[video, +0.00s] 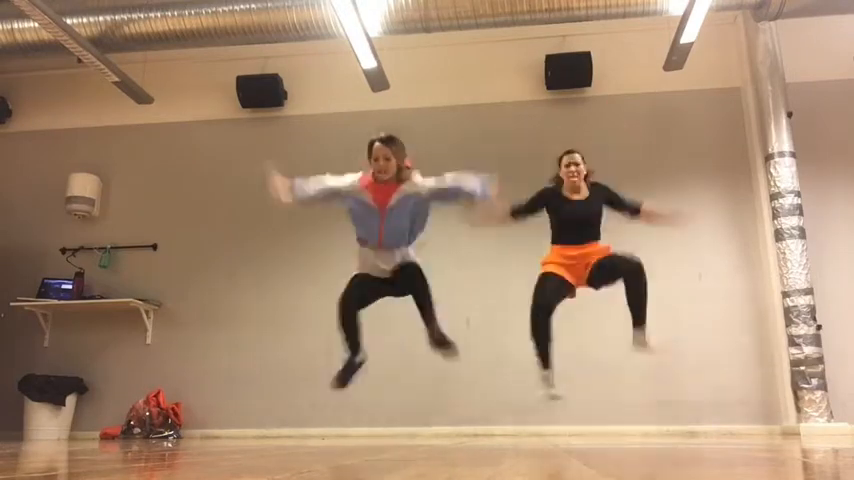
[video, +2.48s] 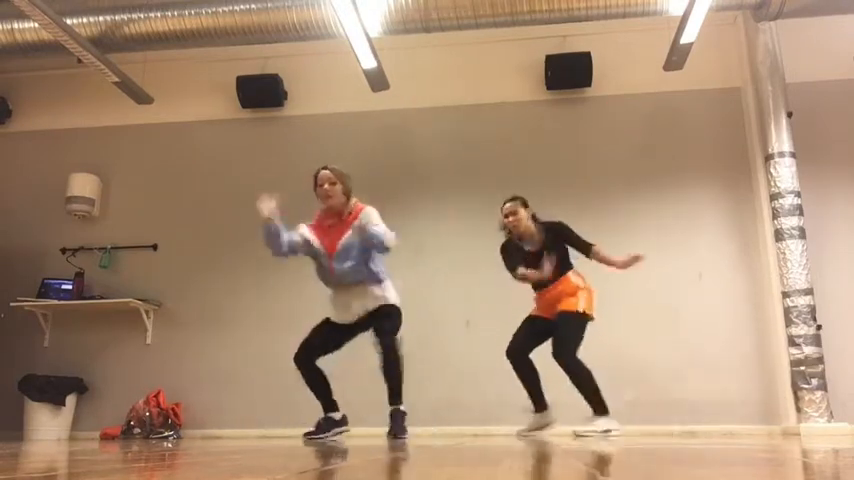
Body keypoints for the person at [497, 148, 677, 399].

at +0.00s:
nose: (573, 168)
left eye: (577, 164)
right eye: (568, 165)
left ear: (585, 168)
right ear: (560, 171)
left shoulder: (598, 191)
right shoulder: (550, 195)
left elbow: (630, 209)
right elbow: (521, 211)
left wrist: (667, 217)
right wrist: (499, 211)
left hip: (594, 262)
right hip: (561, 266)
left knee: (633, 266)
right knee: (540, 306)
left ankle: (639, 335)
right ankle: (546, 372)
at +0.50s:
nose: (569, 195)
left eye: (574, 190)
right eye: (564, 190)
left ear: (582, 193)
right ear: (556, 193)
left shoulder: (590, 208)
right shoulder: (545, 206)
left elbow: (625, 206)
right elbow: (523, 207)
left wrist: (621, 184)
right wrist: (534, 189)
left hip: (579, 279)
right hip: (548, 277)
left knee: (602, 310)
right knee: (539, 301)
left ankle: (600, 372)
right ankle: (537, 357)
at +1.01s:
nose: (560, 247)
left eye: (564, 242)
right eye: (555, 243)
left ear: (574, 247)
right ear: (550, 249)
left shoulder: (588, 274)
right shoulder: (544, 264)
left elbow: (610, 312)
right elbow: (519, 252)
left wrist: (633, 345)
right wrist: (505, 233)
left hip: (573, 339)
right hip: (543, 338)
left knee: (605, 368)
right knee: (533, 397)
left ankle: (580, 419)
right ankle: (527, 420)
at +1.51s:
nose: (555, 263)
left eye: (559, 258)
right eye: (550, 259)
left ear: (566, 262)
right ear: (542, 263)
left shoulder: (573, 288)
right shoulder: (537, 285)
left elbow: (589, 297)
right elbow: (533, 260)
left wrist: (599, 285)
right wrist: (540, 228)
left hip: (575, 361)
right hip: (542, 363)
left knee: (579, 427)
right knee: (532, 430)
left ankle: (605, 418)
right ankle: (520, 420)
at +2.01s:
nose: (533, 254)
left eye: (537, 250)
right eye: (527, 252)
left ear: (546, 254)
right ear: (523, 261)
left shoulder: (558, 262)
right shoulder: (529, 290)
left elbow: (580, 227)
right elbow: (519, 325)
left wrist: (595, 189)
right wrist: (499, 306)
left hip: (573, 347)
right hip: (547, 347)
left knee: (579, 420)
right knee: (501, 357)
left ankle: (648, 431)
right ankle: (527, 422)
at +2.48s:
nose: (509, 219)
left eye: (513, 213)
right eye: (505, 217)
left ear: (528, 211)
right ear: (504, 223)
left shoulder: (554, 230)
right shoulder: (509, 248)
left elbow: (589, 249)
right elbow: (518, 272)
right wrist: (540, 275)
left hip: (574, 296)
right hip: (547, 305)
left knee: (563, 354)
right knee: (515, 352)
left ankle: (603, 417)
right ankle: (542, 413)